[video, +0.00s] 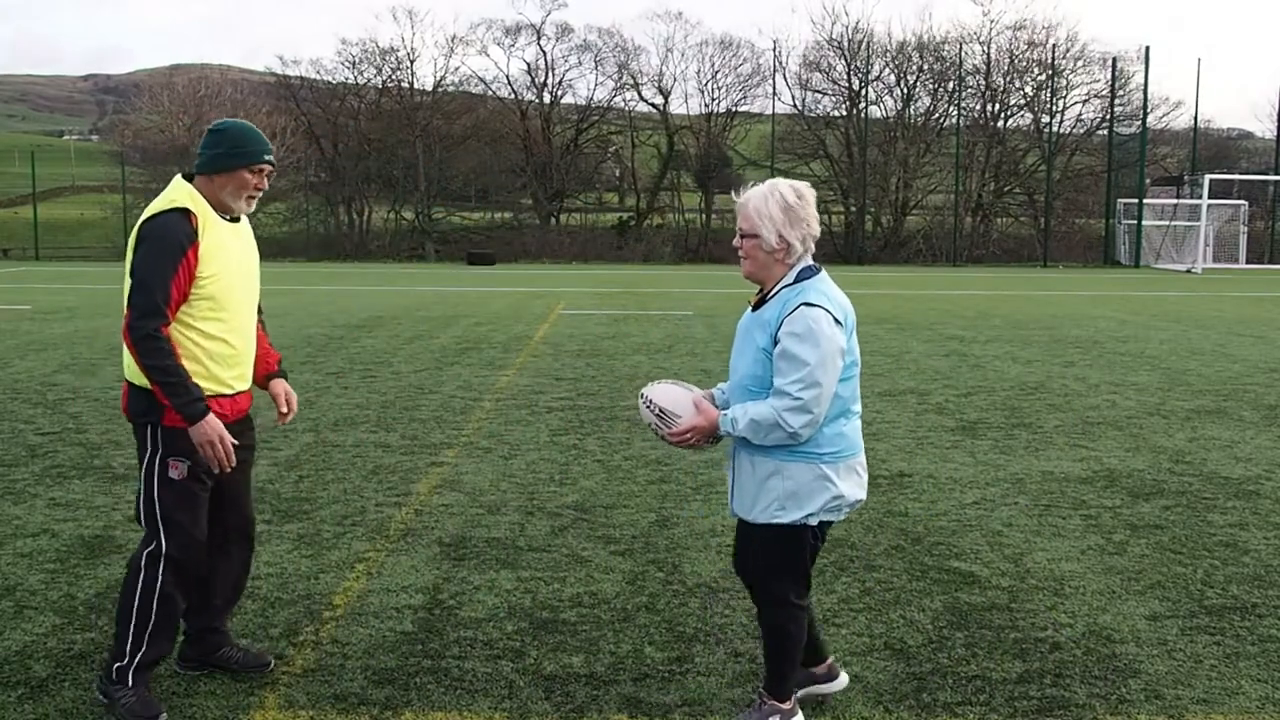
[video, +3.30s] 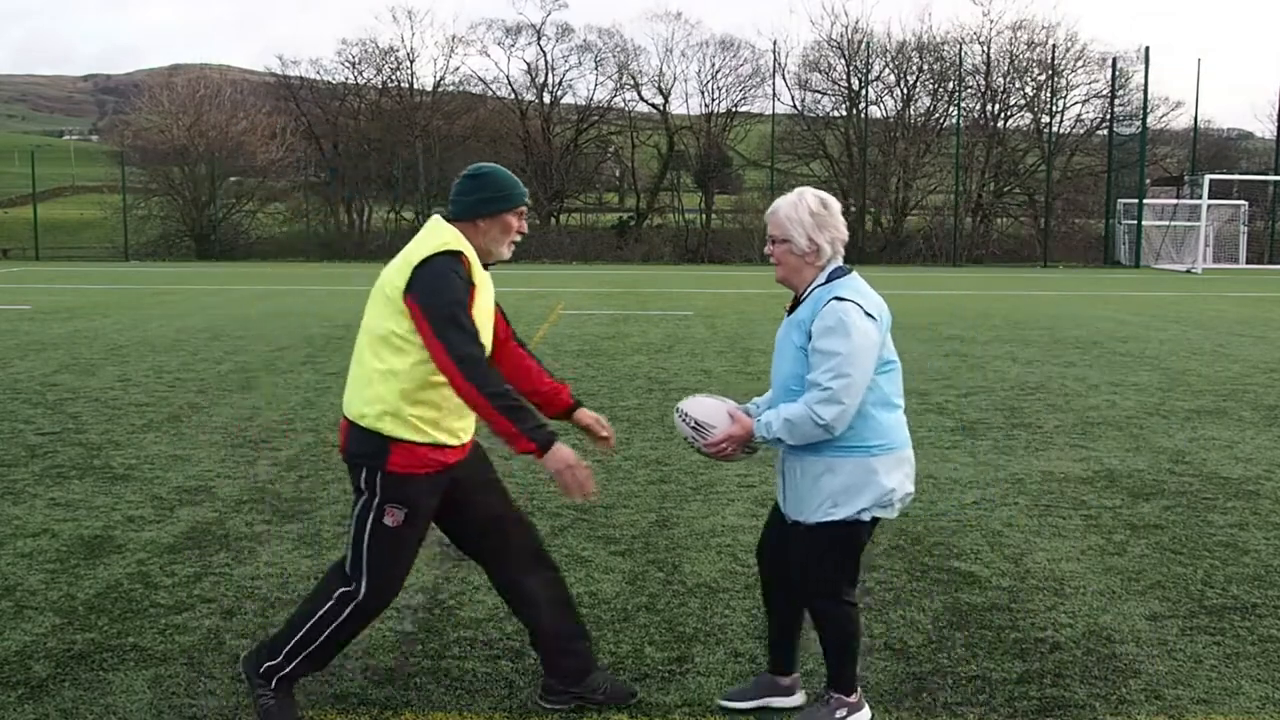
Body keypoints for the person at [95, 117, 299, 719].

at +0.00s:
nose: (263, 184)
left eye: (266, 174)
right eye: (254, 173)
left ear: (252, 176)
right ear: (217, 169)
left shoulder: (236, 226)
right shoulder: (172, 223)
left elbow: (241, 309)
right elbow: (144, 329)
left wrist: (272, 372)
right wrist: (195, 413)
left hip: (229, 409)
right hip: (172, 413)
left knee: (229, 532)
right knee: (171, 545)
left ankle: (206, 642)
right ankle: (126, 677)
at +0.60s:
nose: (296, 181)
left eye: (299, 170)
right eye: (287, 169)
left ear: (267, 171)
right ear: (249, 168)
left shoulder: (257, 223)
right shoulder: (205, 225)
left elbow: (262, 316)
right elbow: (185, 336)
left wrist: (292, 389)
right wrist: (230, 427)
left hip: (250, 410)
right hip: (205, 416)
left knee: (251, 538)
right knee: (228, 551)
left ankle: (218, 642)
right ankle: (219, 692)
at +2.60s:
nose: (327, 180)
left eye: (329, 170)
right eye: (317, 169)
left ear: (303, 175)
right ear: (279, 171)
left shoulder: (288, 227)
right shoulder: (235, 229)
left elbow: (289, 324)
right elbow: (219, 342)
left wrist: (316, 395)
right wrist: (257, 438)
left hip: (282, 420)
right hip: (225, 425)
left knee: (291, 544)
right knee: (220, 558)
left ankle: (260, 659)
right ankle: (208, 677)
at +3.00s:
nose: (404, 199)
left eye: (406, 187)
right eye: (395, 187)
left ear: (367, 192)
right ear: (356, 188)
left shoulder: (365, 240)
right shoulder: (307, 245)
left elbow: (375, 331)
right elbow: (284, 359)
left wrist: (401, 408)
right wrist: (325, 456)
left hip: (351, 430)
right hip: (291, 436)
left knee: (378, 540)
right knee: (304, 572)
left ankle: (293, 643)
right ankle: (248, 686)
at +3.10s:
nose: (432, 212)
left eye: (434, 200)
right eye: (424, 200)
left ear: (389, 204)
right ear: (385, 201)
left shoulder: (387, 250)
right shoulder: (339, 259)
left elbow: (406, 341)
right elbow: (328, 377)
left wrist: (443, 413)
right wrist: (377, 469)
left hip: (377, 433)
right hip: (320, 442)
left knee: (438, 529)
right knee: (312, 584)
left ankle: (377, 651)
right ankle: (253, 687)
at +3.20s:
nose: (473, 214)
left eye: (474, 202)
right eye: (464, 202)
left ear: (429, 207)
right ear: (427, 203)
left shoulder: (423, 259)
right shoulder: (386, 259)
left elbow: (451, 346)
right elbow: (394, 375)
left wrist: (500, 412)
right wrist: (453, 460)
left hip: (403, 437)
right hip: (353, 441)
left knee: (473, 526)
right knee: (334, 577)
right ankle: (257, 682)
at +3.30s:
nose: (523, 228)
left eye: (524, 216)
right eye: (515, 215)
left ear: (479, 218)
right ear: (479, 215)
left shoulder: (469, 267)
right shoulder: (438, 266)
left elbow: (504, 351)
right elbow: (469, 369)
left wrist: (571, 407)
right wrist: (544, 444)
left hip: (447, 443)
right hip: (393, 446)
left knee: (517, 552)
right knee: (368, 583)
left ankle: (571, 674)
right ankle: (269, 670)